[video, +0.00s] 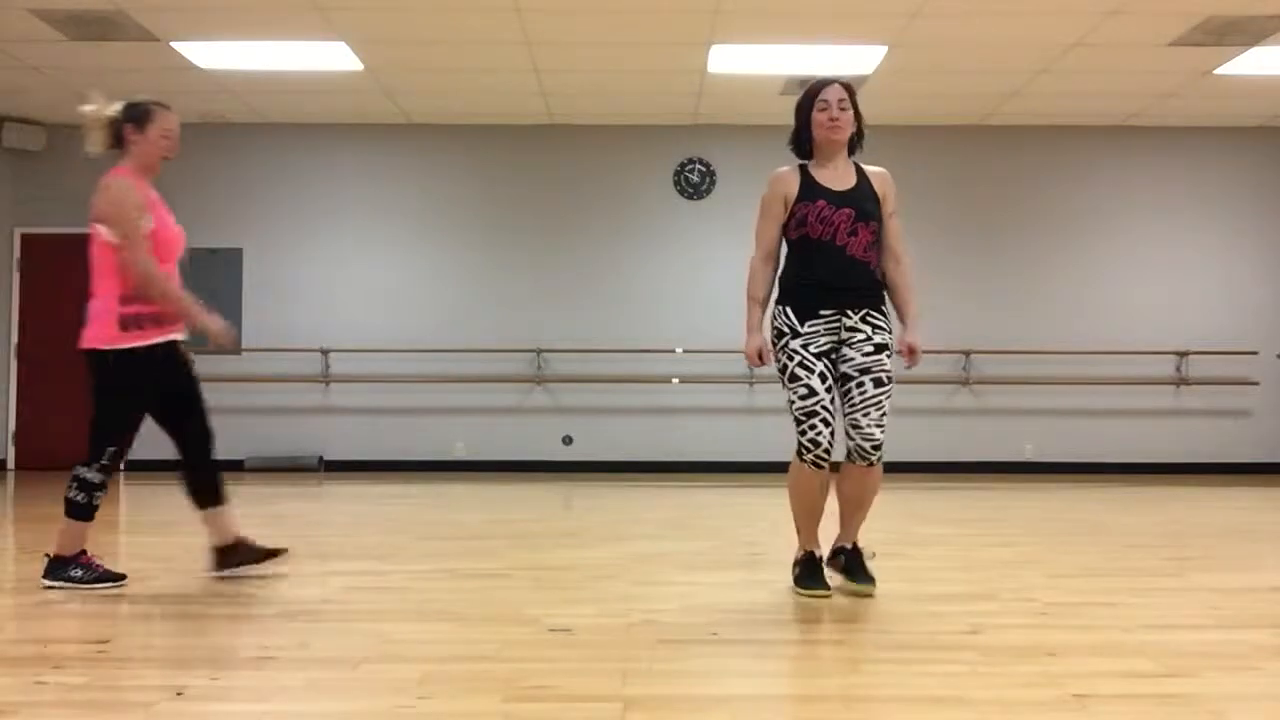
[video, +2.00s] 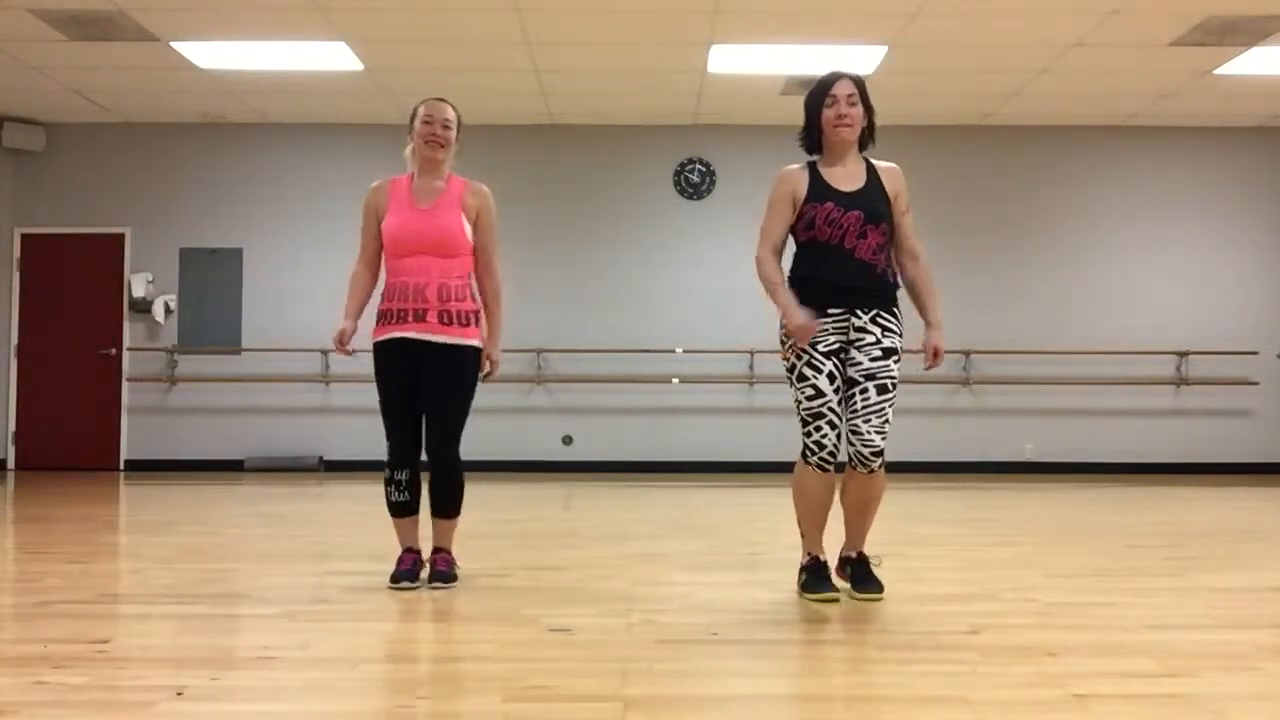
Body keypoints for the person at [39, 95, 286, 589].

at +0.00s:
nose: (173, 145)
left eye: (175, 137)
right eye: (165, 136)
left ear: (150, 139)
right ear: (133, 135)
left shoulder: (145, 190)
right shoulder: (121, 189)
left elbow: (154, 273)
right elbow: (141, 272)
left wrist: (185, 324)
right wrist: (200, 315)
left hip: (157, 343)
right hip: (122, 347)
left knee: (195, 436)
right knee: (106, 452)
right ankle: (66, 555)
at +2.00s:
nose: (436, 130)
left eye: (445, 124)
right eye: (428, 122)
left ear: (456, 140)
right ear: (410, 134)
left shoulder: (475, 198)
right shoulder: (382, 195)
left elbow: (488, 272)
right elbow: (367, 265)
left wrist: (494, 338)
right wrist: (350, 317)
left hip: (457, 339)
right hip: (396, 337)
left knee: (443, 448)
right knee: (402, 448)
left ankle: (443, 552)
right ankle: (409, 551)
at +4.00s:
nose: (423, 128)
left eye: (432, 121)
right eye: (414, 121)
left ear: (446, 136)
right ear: (400, 135)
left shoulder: (466, 185)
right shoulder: (379, 185)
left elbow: (538, 184)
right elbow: (308, 187)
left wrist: (523, 161)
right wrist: (251, 165)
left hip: (450, 334)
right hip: (391, 333)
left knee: (440, 447)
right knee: (394, 444)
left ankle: (430, 551)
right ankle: (394, 542)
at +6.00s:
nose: (416, 133)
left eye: (426, 128)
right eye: (407, 126)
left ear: (440, 141)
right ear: (395, 139)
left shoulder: (458, 187)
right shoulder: (375, 188)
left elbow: (512, 142)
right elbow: (311, 155)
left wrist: (462, 107)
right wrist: (366, 118)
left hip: (449, 337)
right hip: (390, 336)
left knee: (440, 444)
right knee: (395, 447)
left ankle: (433, 549)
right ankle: (402, 550)